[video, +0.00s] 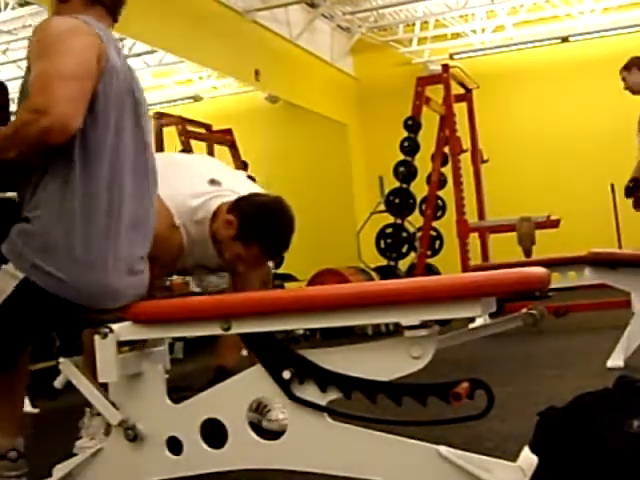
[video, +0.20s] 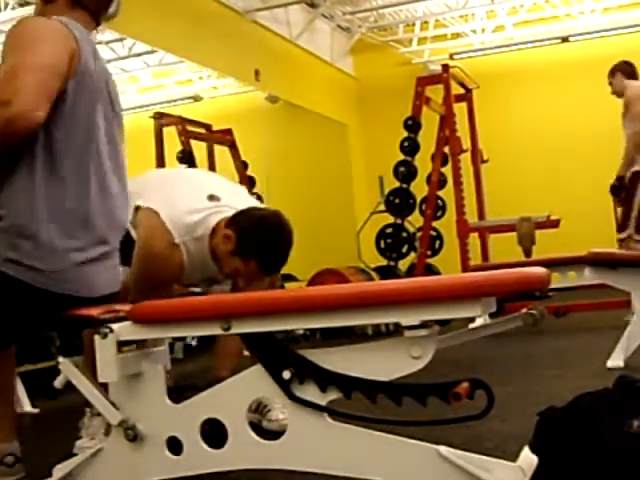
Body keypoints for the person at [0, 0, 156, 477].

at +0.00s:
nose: (49, 7)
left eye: (55, 3)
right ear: (110, 8)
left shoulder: (67, 30)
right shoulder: (119, 63)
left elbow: (54, 120)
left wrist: (3, 150)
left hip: (67, 267)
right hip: (119, 271)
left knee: (7, 348)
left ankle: (8, 450)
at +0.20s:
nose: (33, 2)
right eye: (113, 12)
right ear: (99, 8)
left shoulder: (44, 31)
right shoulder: (94, 59)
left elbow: (22, 111)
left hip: (37, 269)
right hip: (94, 270)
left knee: (3, 348)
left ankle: (7, 449)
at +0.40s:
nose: (46, 9)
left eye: (49, 5)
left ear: (59, 1)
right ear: (109, 13)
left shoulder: (48, 37)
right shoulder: (117, 80)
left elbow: (10, 122)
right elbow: (106, 172)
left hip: (26, 273)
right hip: (90, 275)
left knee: (1, 352)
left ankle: (7, 449)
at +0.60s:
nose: (43, 9)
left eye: (46, 5)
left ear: (54, 3)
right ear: (108, 12)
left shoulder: (47, 37)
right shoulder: (128, 83)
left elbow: (17, 127)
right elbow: (131, 178)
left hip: (36, 265)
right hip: (110, 272)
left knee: (11, 365)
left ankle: (8, 451)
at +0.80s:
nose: (20, 7)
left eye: (22, 4)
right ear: (90, 5)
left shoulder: (32, 31)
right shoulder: (122, 69)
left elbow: (13, 121)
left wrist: (14, 177)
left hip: (49, 264)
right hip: (123, 270)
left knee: (13, 357)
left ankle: (7, 449)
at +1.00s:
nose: (14, 8)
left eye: (15, 5)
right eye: (17, 7)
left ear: (22, 2)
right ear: (82, 5)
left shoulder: (31, 38)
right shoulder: (126, 69)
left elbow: (16, 135)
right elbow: (143, 161)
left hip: (53, 269)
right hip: (127, 272)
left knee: (9, 354)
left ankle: (8, 452)